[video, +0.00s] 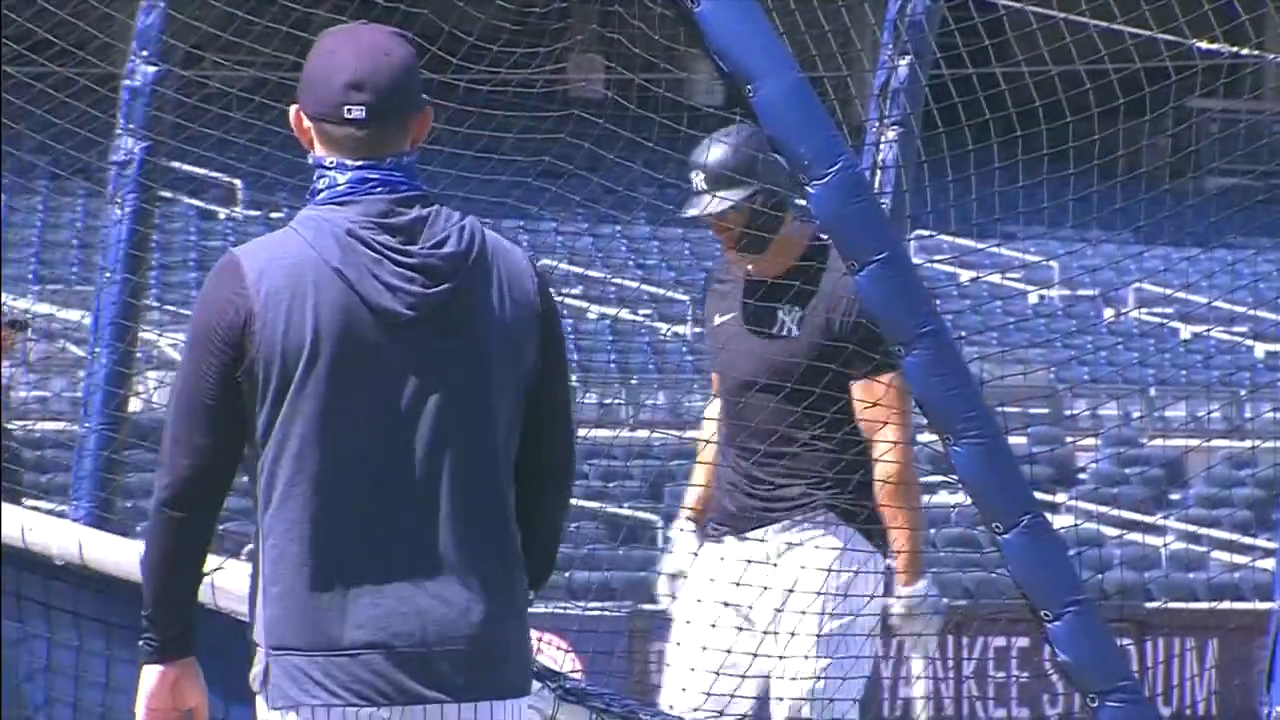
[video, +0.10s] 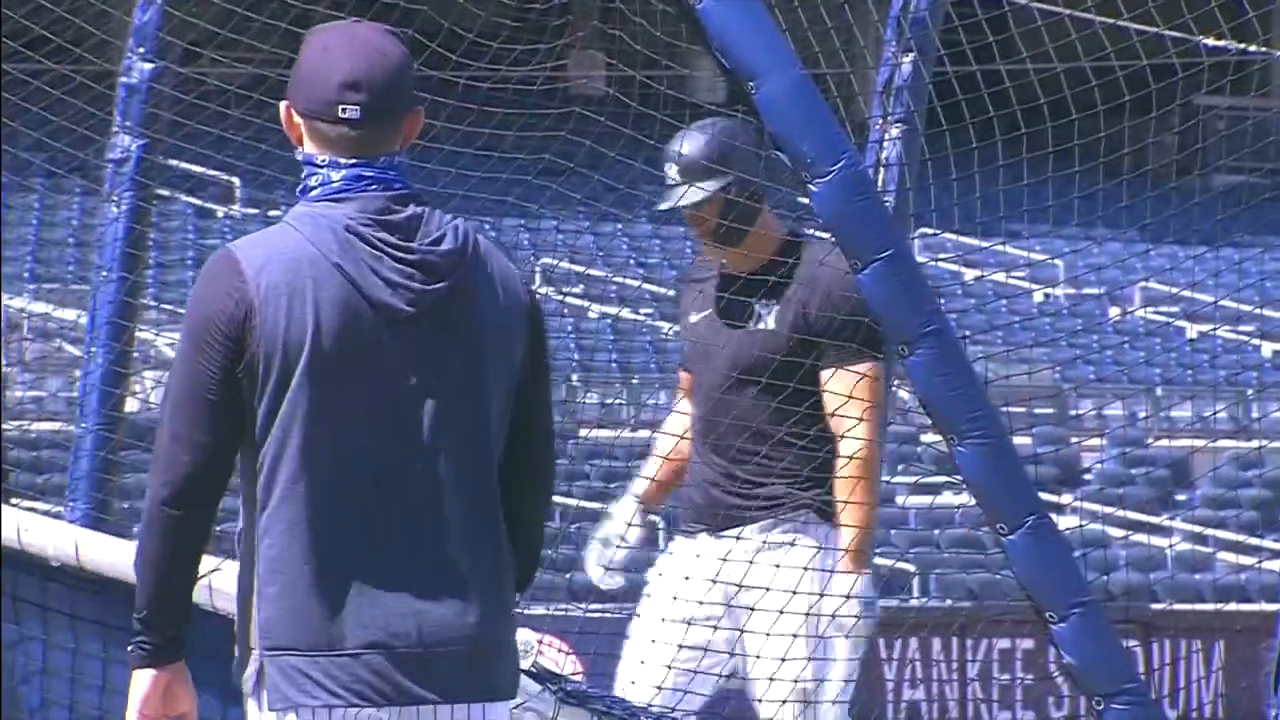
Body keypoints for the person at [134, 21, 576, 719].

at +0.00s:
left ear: (301, 127)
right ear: (423, 125)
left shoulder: (253, 277)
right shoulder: (511, 274)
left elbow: (185, 488)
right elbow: (547, 474)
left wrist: (167, 650)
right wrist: (502, 590)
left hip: (322, 675)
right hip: (487, 675)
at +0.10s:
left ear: (290, 122)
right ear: (414, 128)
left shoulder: (247, 274)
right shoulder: (498, 278)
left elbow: (181, 486)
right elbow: (528, 482)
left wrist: (157, 653)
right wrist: (487, 595)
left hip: (315, 669)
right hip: (473, 666)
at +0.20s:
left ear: (276, 121)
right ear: (402, 129)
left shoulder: (236, 272)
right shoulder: (479, 280)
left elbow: (176, 488)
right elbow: (506, 490)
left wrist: (153, 658)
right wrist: (461, 614)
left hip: (300, 669)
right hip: (454, 669)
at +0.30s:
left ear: (259, 120)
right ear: (385, 129)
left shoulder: (225, 270)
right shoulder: (461, 278)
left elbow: (170, 483)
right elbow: (482, 484)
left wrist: (149, 660)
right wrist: (445, 625)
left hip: (286, 664)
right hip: (434, 664)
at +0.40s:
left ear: (238, 118)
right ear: (364, 129)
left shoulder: (209, 267)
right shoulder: (436, 283)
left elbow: (159, 481)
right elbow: (453, 487)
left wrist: (138, 662)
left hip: (262, 673)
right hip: (412, 670)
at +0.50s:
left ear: (216, 116)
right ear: (341, 132)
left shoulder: (192, 268)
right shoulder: (408, 282)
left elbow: (139, 485)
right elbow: (420, 484)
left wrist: (114, 663)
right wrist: (378, 619)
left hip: (243, 670)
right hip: (384, 669)